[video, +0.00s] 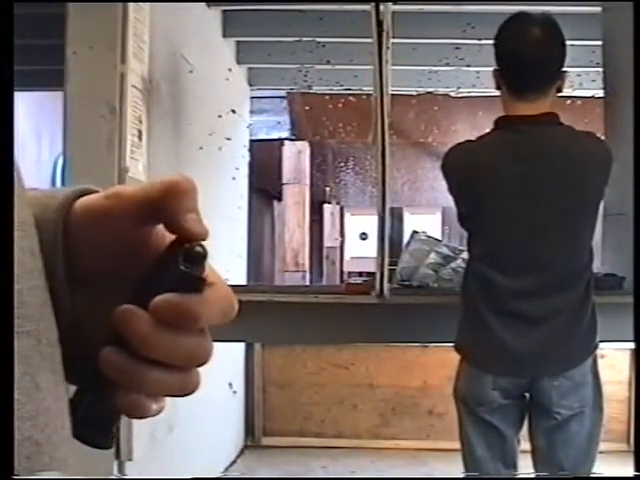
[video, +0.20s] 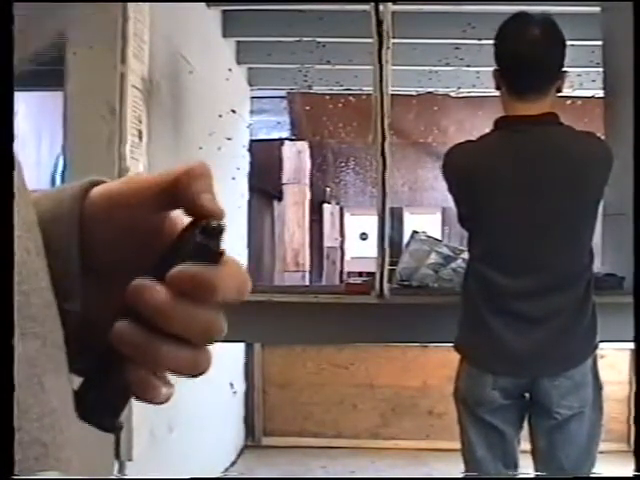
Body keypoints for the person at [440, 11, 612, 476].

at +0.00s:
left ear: (497, 79)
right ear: (562, 80)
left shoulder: (462, 161)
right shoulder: (594, 155)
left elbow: (478, 222)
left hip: (488, 359)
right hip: (567, 360)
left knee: (488, 472)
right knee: (567, 472)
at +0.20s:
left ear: (497, 79)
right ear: (562, 81)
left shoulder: (462, 161)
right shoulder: (594, 155)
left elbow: (475, 222)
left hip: (488, 359)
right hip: (567, 360)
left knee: (487, 472)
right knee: (567, 472)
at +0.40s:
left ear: (497, 81)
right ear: (563, 83)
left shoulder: (462, 163)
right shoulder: (595, 157)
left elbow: (480, 223)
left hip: (489, 361)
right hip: (568, 361)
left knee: (488, 472)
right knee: (567, 472)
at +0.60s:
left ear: (497, 80)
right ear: (563, 81)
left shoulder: (461, 162)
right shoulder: (594, 156)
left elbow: (473, 222)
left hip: (488, 361)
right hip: (568, 361)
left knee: (488, 472)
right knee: (567, 472)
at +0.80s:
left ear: (497, 80)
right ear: (563, 81)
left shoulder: (461, 161)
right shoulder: (594, 156)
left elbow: (471, 222)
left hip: (485, 362)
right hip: (566, 363)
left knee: (486, 472)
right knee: (566, 472)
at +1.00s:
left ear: (497, 80)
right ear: (562, 81)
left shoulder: (460, 161)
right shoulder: (593, 156)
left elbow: (471, 222)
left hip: (485, 361)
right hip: (565, 362)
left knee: (486, 472)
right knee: (565, 472)